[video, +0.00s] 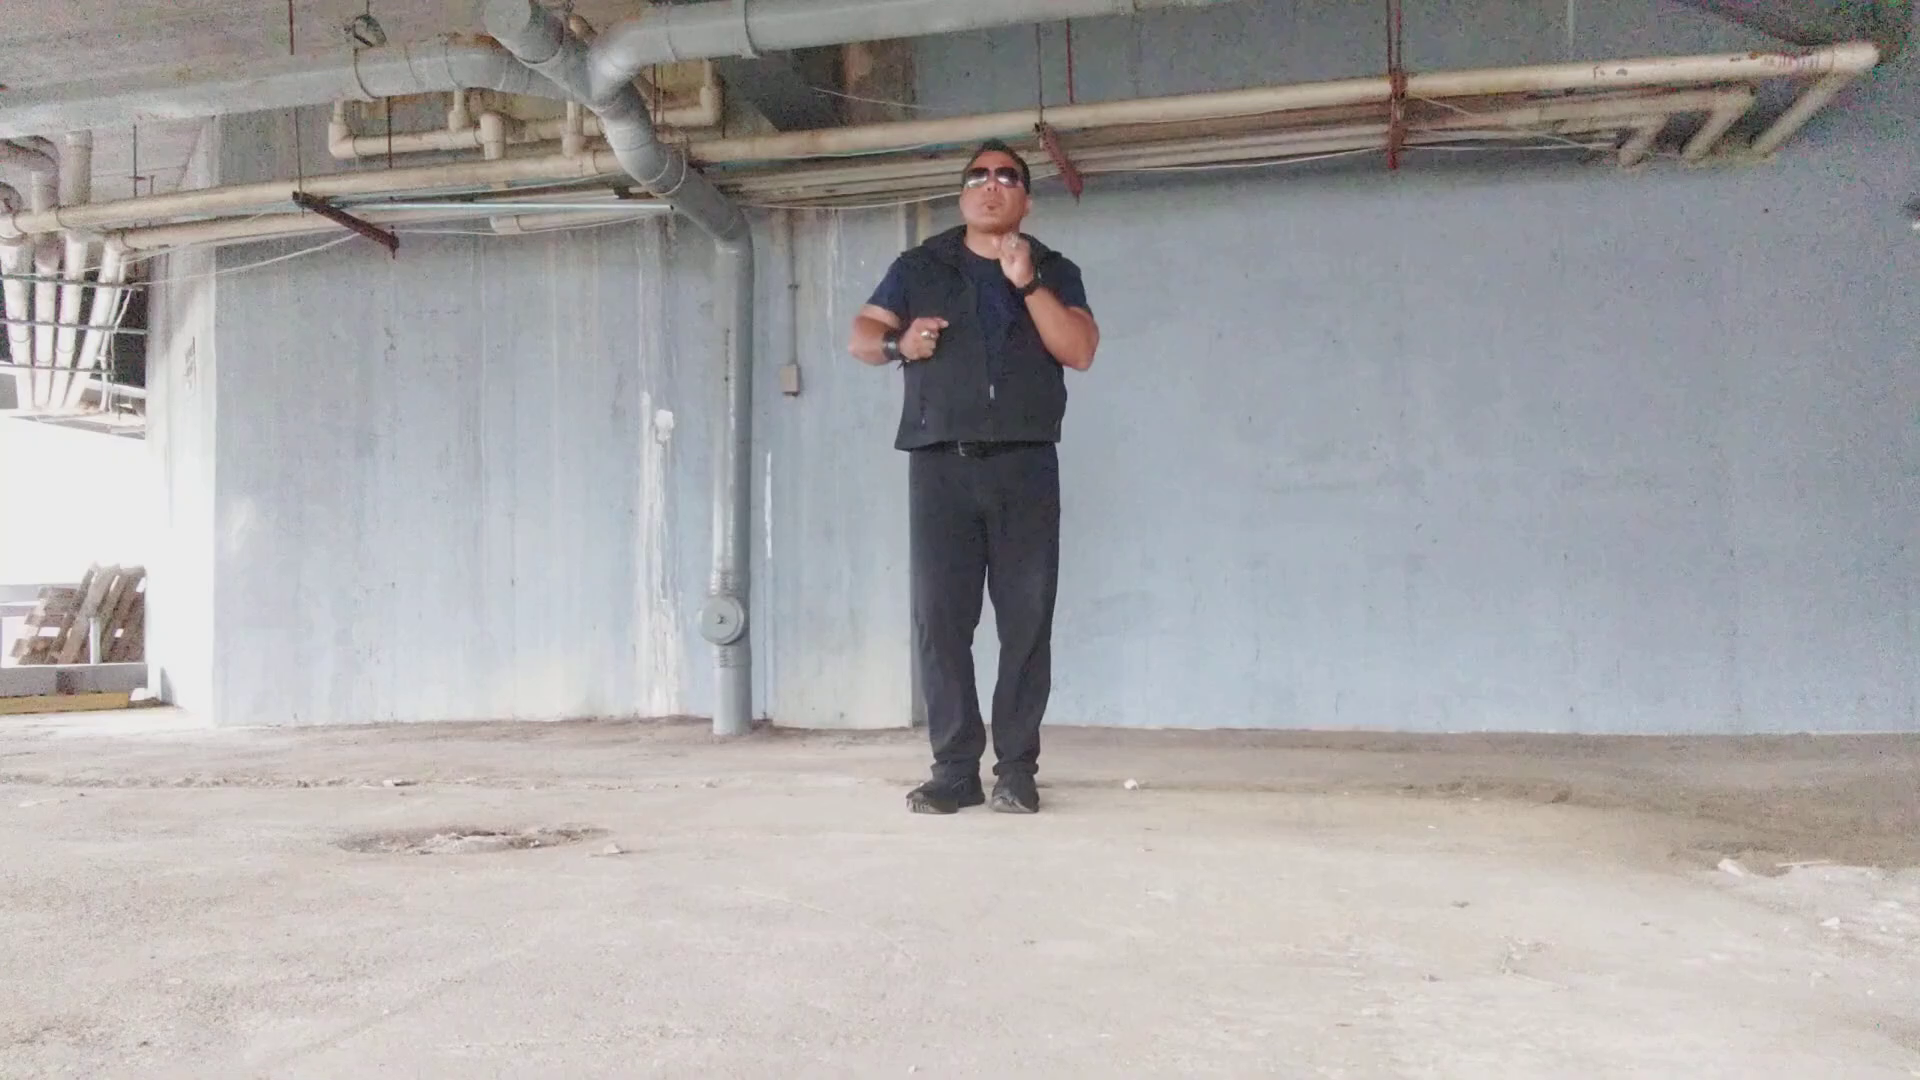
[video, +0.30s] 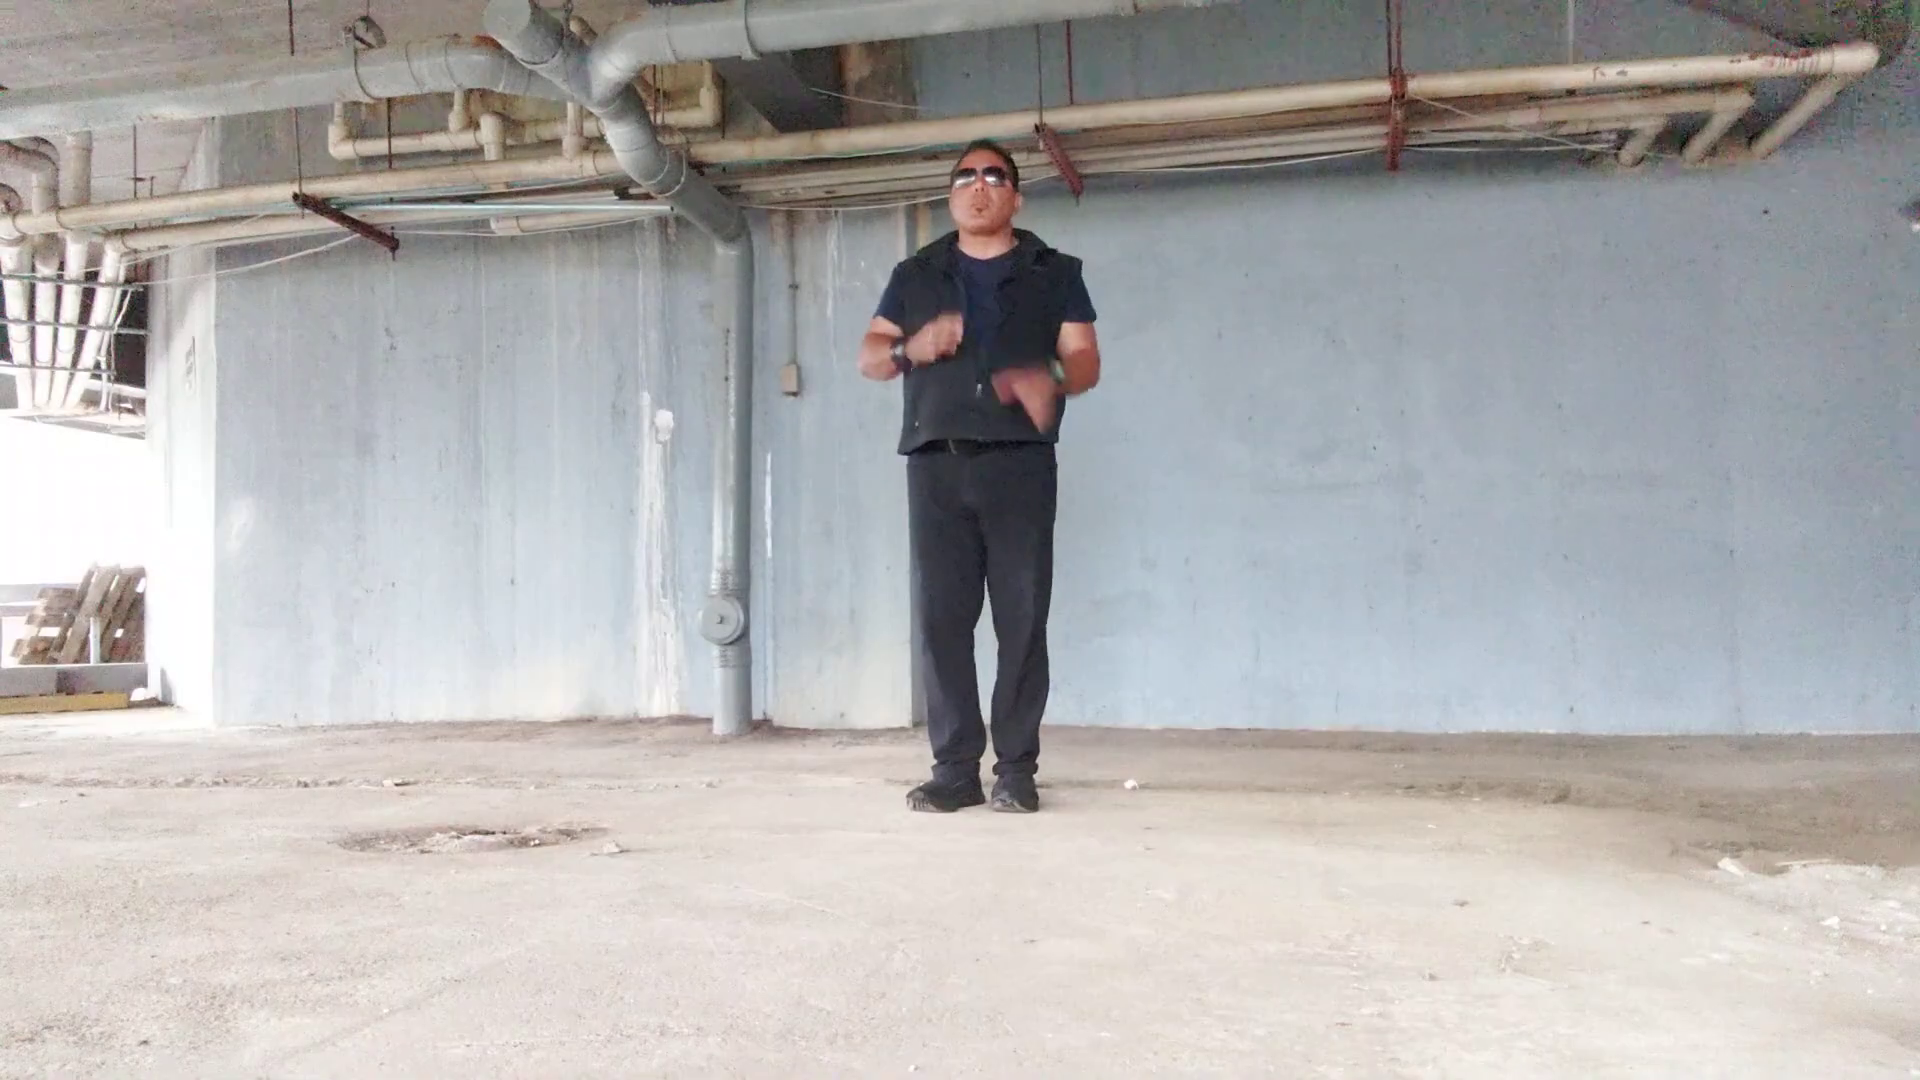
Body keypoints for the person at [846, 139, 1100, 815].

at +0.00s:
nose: (995, 186)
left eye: (1009, 178)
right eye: (982, 177)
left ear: (1027, 200)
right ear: (962, 196)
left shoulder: (1054, 270)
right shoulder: (920, 264)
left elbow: (1080, 351)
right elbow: (861, 338)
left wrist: (1029, 283)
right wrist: (898, 343)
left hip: (1024, 465)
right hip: (939, 466)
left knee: (1027, 622)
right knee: (940, 621)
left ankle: (1017, 768)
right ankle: (954, 770)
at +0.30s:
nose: (980, 186)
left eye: (995, 176)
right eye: (967, 177)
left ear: (1016, 197)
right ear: (950, 198)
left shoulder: (1053, 269)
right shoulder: (918, 271)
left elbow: (1086, 363)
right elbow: (871, 360)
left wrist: (1052, 377)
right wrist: (912, 346)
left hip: (1019, 465)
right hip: (935, 466)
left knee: (1021, 622)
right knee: (941, 621)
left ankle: (1015, 769)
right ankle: (954, 770)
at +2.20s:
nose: (983, 217)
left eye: (995, 203)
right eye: (968, 204)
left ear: (1007, 203)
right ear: (936, 203)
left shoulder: (1034, 272)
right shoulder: (900, 265)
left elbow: (1085, 361)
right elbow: (831, 324)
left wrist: (1078, 454)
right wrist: (891, 301)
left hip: (1002, 474)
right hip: (917, 473)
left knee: (1009, 627)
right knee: (896, 620)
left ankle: (1009, 774)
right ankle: (886, 778)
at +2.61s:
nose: (928, 220)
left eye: (939, 206)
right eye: (913, 206)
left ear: (948, 206)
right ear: (876, 205)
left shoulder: (968, 273)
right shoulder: (831, 279)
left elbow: (1003, 356)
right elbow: (820, 375)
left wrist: (1046, 429)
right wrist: (861, 352)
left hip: (943, 479)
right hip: (855, 485)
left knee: (963, 609)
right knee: (859, 629)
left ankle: (938, 737)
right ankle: (879, 786)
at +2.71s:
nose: (930, 213)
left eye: (936, 200)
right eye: (916, 199)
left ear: (939, 202)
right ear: (872, 200)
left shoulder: (949, 268)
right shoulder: (815, 276)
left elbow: (1016, 339)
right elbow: (760, 361)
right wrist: (804, 426)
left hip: (934, 476)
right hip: (850, 479)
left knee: (927, 616)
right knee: (858, 624)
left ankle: (843, 732)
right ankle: (875, 778)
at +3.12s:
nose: (878, 201)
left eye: (893, 190)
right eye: (864, 190)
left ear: (917, 200)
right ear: (847, 200)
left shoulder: (957, 281)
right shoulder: (808, 277)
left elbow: (978, 372)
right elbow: (770, 372)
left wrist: (977, 402)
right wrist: (802, 399)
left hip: (923, 476)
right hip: (836, 479)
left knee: (949, 580)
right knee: (846, 625)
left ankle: (891, 663)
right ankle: (853, 781)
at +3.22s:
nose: (864, 193)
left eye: (880, 179)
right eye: (851, 180)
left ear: (906, 188)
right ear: (837, 189)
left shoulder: (956, 261)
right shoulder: (819, 261)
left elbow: (1009, 346)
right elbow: (768, 344)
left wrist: (1001, 406)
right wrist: (829, 307)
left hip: (934, 463)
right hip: (843, 469)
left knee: (960, 573)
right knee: (843, 626)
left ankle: (930, 664)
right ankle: (851, 783)